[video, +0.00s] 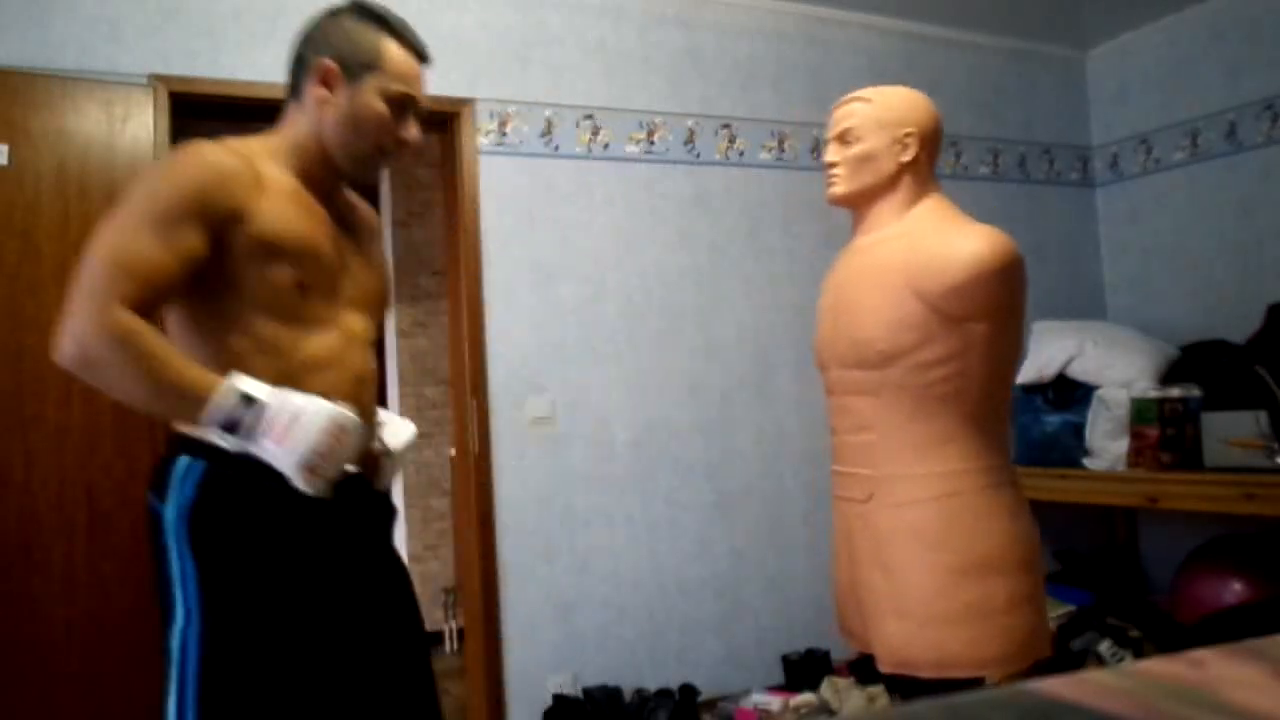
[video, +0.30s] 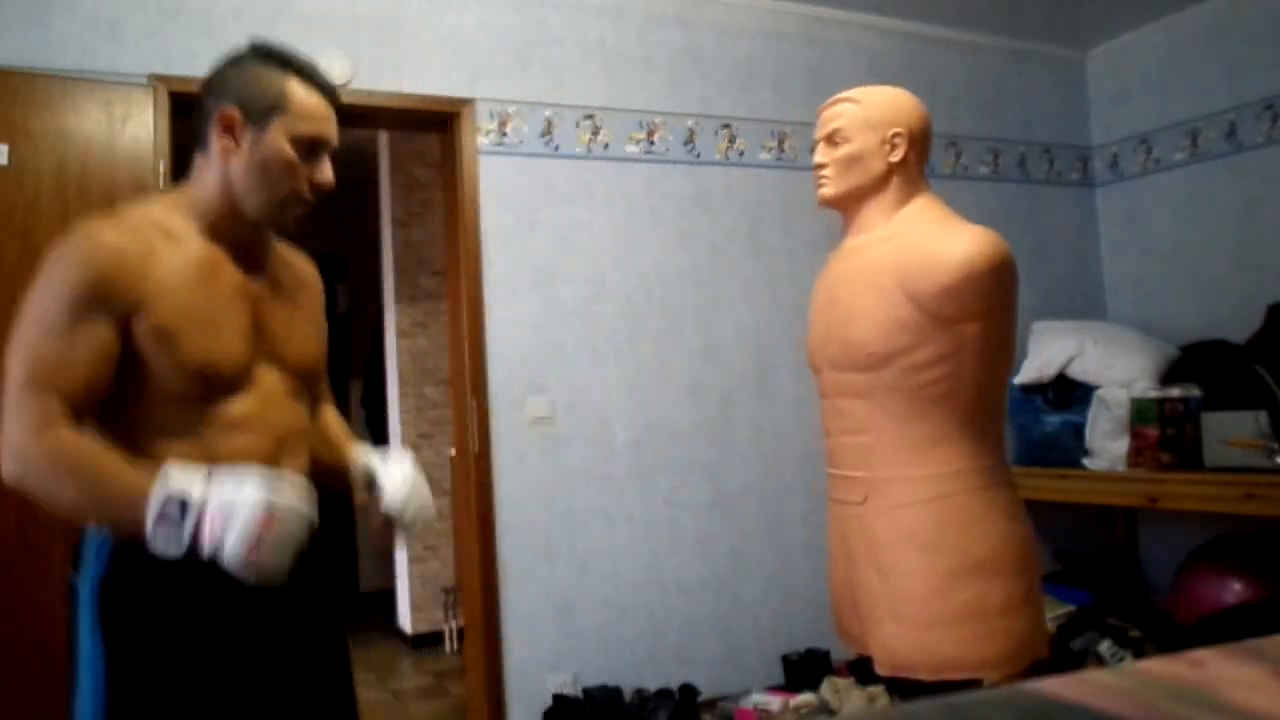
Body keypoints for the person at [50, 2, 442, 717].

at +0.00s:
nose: (410, 136)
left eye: (415, 115)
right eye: (397, 105)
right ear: (325, 84)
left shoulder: (365, 224)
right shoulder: (211, 174)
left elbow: (337, 370)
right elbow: (88, 331)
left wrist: (378, 430)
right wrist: (260, 415)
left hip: (346, 510)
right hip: (237, 508)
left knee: (398, 706)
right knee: (235, 711)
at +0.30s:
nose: (325, 178)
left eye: (329, 157)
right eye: (308, 150)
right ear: (230, 133)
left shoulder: (300, 277)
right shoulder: (108, 256)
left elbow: (309, 404)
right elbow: (29, 442)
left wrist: (364, 464)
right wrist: (187, 511)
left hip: (291, 588)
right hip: (157, 593)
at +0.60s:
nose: (258, 167)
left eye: (264, 146)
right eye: (237, 139)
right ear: (153, 117)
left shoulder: (274, 265)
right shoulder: (23, 244)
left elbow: (337, 400)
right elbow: (4, 435)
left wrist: (340, 392)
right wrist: (82, 406)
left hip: (223, 589)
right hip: (63, 587)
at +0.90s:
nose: (265, 180)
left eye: (272, 158)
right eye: (246, 147)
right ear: (164, 116)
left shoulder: (245, 257)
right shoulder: (23, 230)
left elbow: (332, 390)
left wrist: (353, 292)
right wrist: (49, 476)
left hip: (204, 576)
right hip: (57, 576)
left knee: (326, 719)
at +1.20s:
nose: (363, 190)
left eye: (364, 176)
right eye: (352, 172)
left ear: (287, 164)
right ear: (291, 162)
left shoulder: (216, 278)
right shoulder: (274, 205)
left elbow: (164, 453)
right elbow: (486, 196)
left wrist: (213, 554)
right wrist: (510, 177)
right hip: (306, 542)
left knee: (459, 712)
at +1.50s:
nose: (409, 229)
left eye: (413, 217)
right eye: (397, 208)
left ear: (340, 197)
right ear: (344, 188)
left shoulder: (354, 278)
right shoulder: (333, 215)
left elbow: (406, 393)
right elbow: (288, 312)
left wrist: (479, 324)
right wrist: (306, 417)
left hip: (373, 504)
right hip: (413, 427)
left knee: (490, 701)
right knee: (673, 412)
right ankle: (923, 420)